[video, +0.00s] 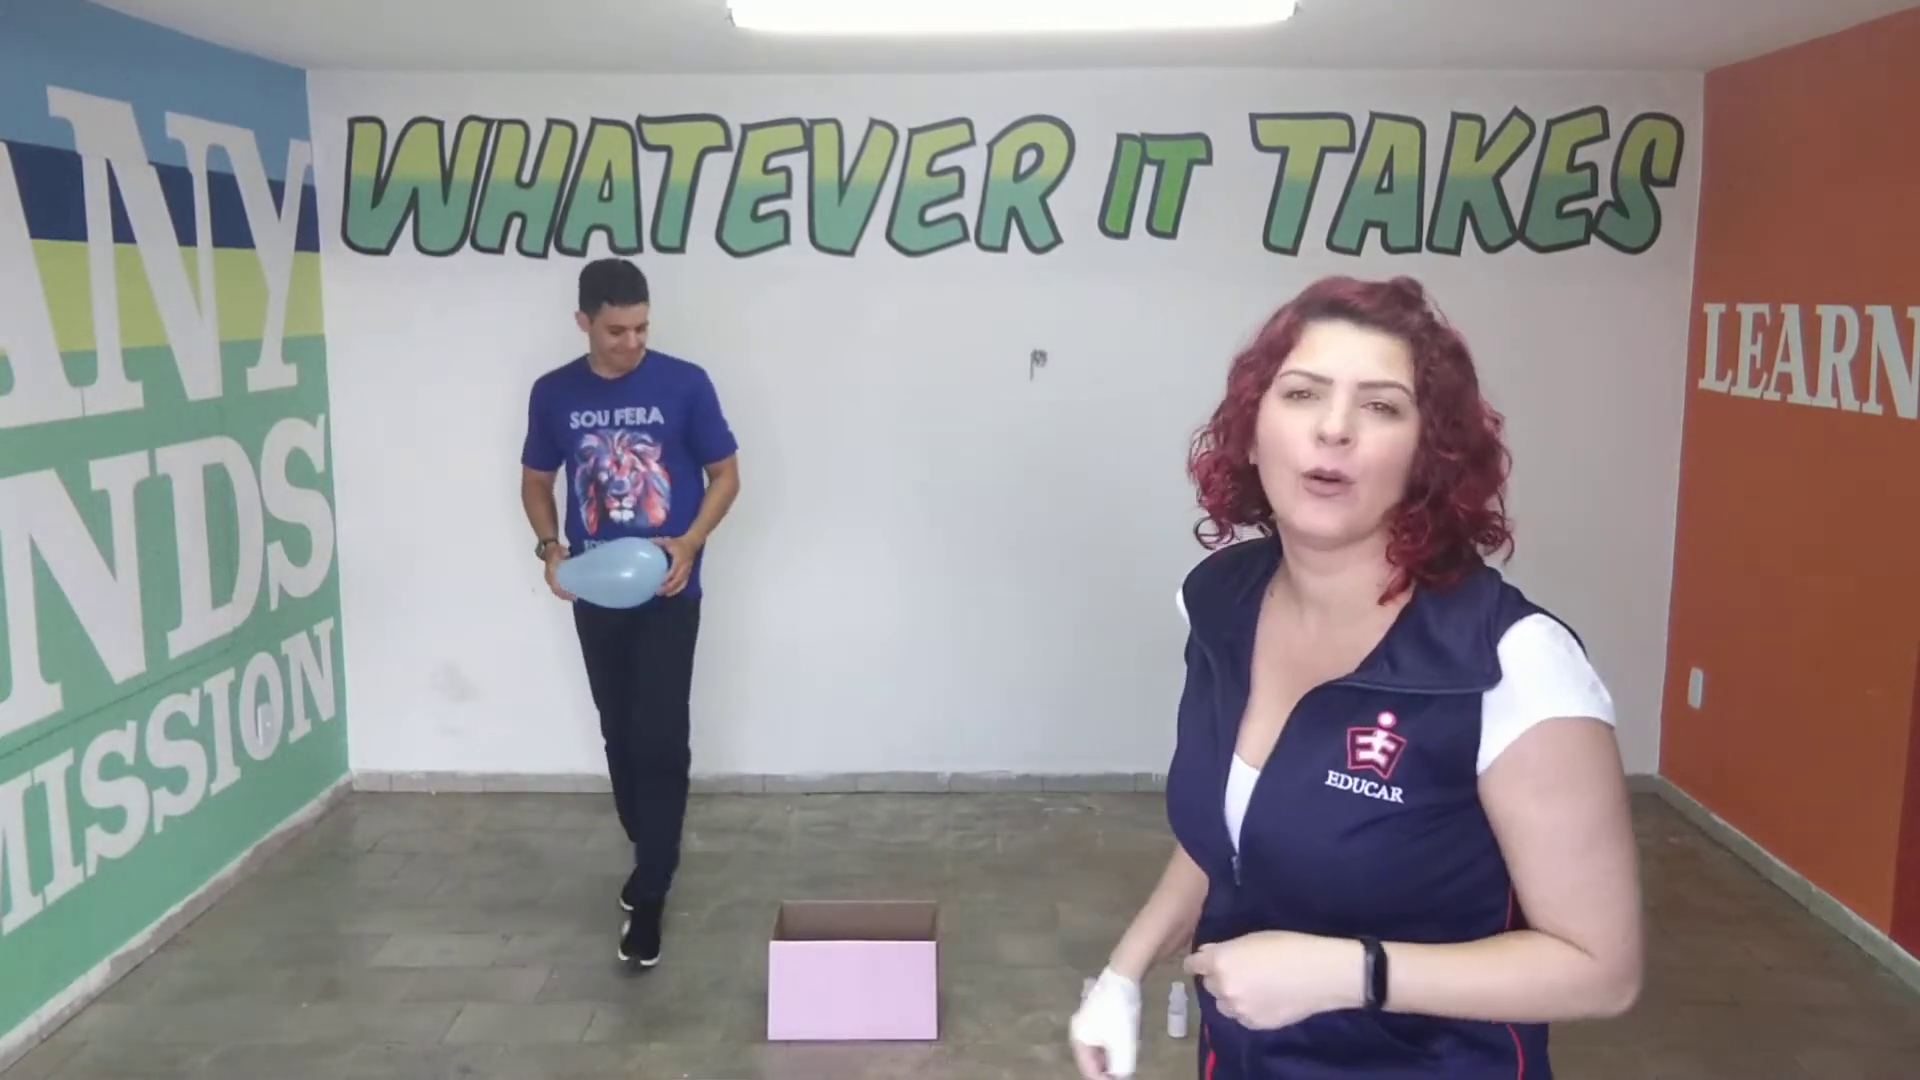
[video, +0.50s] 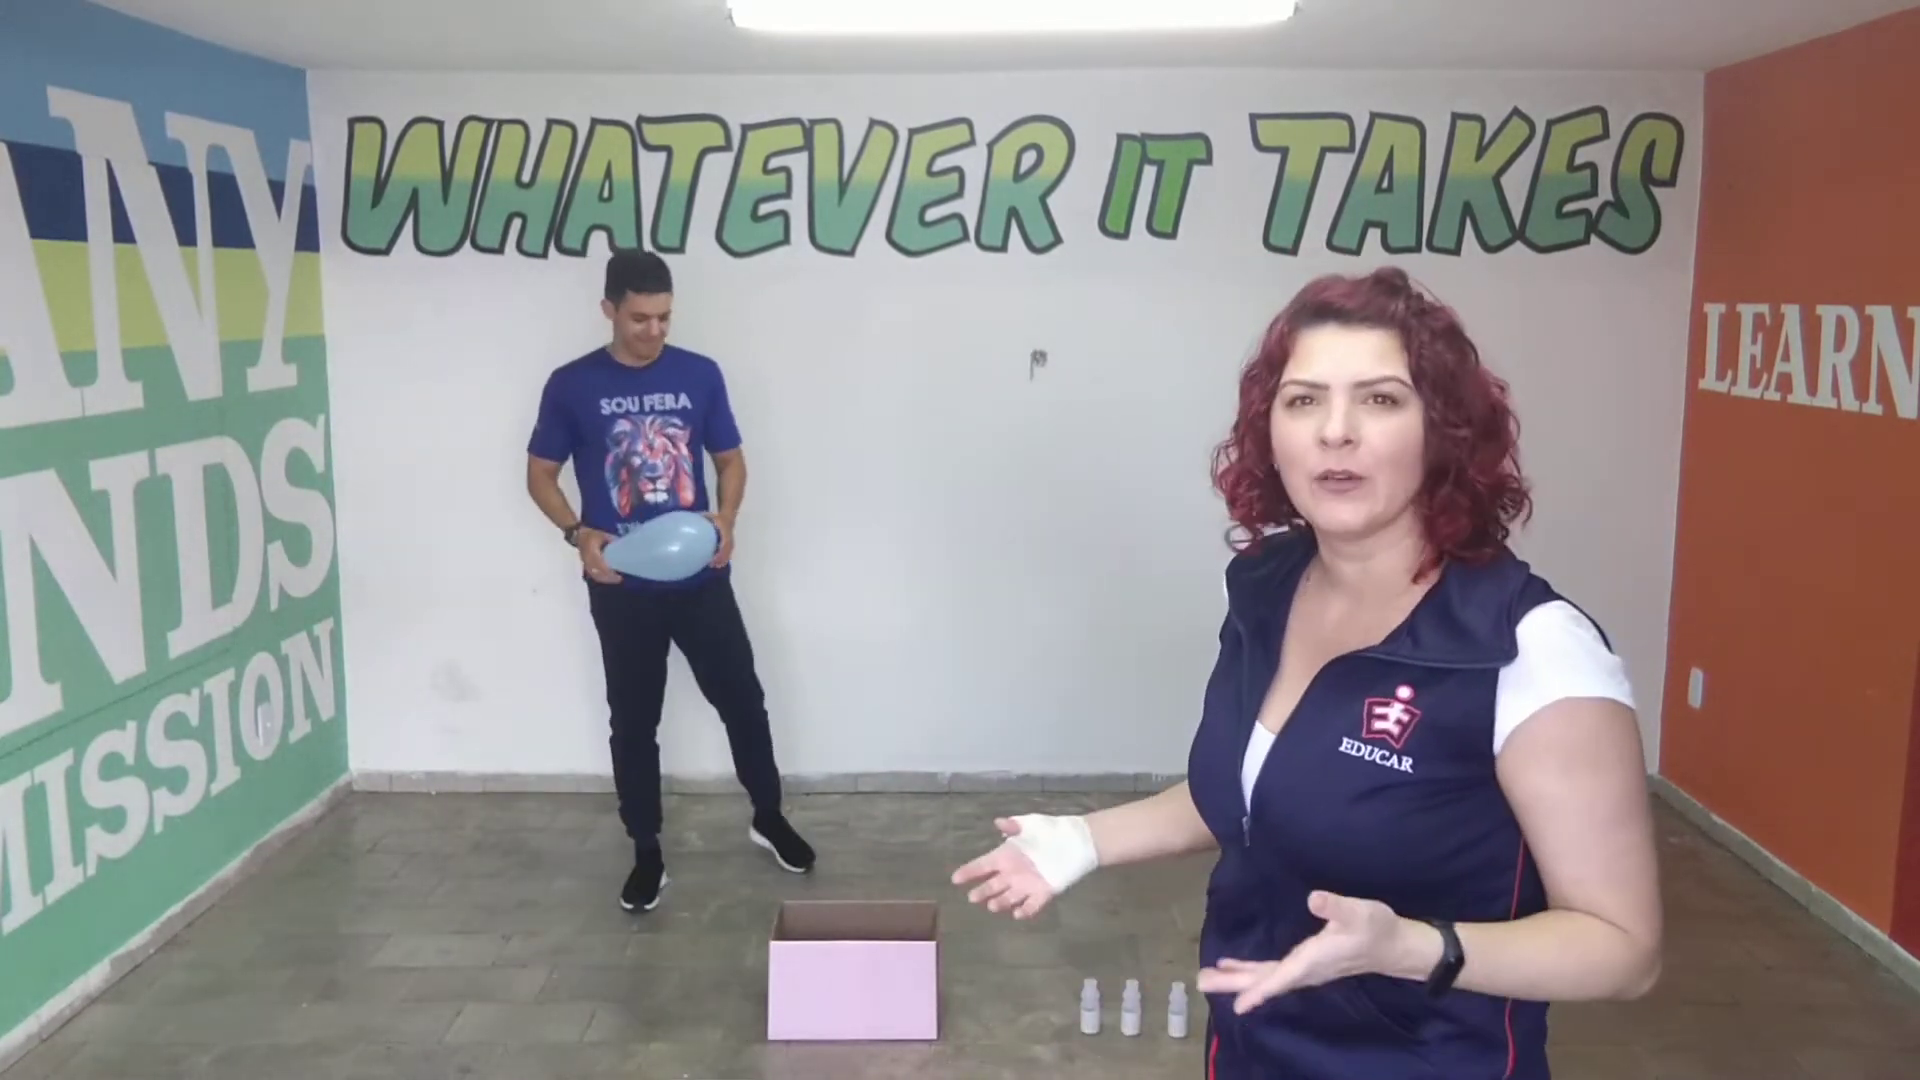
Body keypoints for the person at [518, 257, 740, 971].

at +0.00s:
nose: (630, 342)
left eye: (639, 329)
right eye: (616, 331)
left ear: (649, 319)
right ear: (585, 322)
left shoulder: (684, 384)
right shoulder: (554, 394)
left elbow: (726, 475)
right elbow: (536, 484)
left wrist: (693, 540)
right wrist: (551, 541)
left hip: (668, 588)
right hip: (596, 591)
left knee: (660, 734)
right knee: (619, 732)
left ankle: (650, 895)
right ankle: (648, 861)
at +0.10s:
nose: (631, 335)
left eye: (640, 322)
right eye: (618, 323)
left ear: (650, 313)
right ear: (586, 317)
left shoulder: (684, 378)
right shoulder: (555, 390)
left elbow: (723, 468)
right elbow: (538, 477)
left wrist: (694, 530)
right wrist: (555, 534)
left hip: (674, 582)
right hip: (601, 586)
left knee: (675, 729)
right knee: (625, 728)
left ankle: (685, 884)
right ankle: (646, 851)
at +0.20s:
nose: (631, 327)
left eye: (640, 314)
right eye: (617, 316)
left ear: (652, 310)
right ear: (588, 314)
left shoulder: (687, 377)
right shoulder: (558, 389)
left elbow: (724, 467)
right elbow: (538, 474)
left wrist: (696, 528)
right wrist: (557, 533)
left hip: (680, 580)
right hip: (605, 585)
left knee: (699, 726)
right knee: (628, 726)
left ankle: (721, 877)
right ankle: (645, 854)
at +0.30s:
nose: (637, 327)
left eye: (646, 313)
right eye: (622, 315)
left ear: (658, 308)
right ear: (593, 313)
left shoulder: (691, 376)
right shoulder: (561, 389)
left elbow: (726, 464)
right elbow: (538, 473)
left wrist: (702, 524)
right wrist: (559, 535)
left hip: (685, 580)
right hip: (608, 587)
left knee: (720, 719)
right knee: (629, 728)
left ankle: (755, 859)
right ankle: (646, 856)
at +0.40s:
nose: (644, 332)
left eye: (653, 318)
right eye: (630, 319)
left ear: (665, 311)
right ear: (601, 313)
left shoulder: (695, 375)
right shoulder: (566, 386)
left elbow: (729, 462)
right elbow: (536, 475)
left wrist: (713, 520)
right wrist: (565, 531)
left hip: (691, 578)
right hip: (614, 586)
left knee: (735, 708)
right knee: (631, 726)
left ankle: (771, 838)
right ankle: (646, 857)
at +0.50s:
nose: (653, 331)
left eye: (662, 317)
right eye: (639, 319)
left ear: (673, 309)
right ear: (609, 312)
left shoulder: (700, 376)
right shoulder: (572, 386)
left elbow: (730, 460)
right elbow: (539, 476)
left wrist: (727, 513)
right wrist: (576, 530)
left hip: (699, 576)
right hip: (621, 584)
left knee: (743, 701)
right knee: (634, 724)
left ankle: (769, 817)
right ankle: (646, 857)